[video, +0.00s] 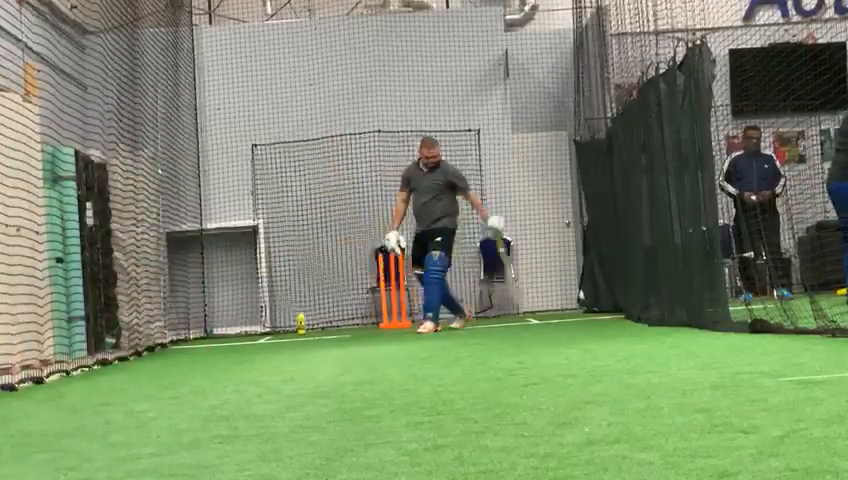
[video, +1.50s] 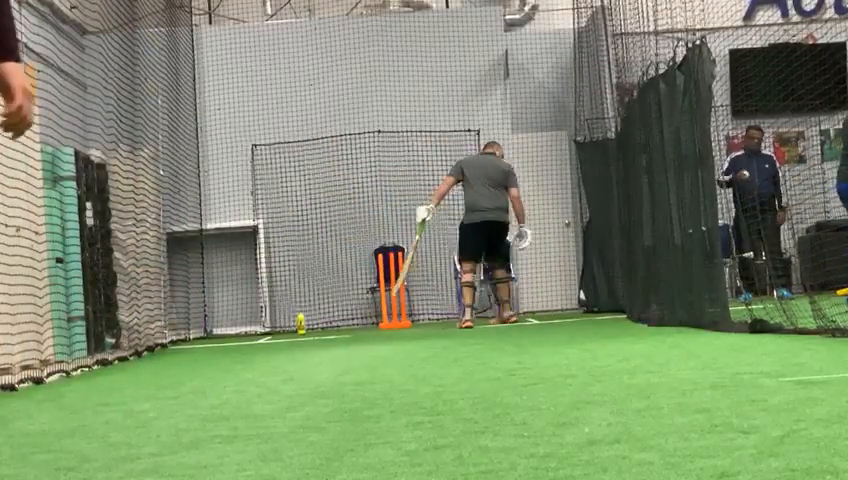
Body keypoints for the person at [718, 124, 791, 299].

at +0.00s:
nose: (754, 142)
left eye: (757, 139)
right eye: (750, 139)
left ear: (761, 140)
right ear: (743, 140)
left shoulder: (769, 159)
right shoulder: (734, 159)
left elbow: (782, 179)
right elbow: (722, 182)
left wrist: (771, 193)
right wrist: (741, 195)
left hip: (768, 210)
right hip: (745, 211)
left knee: (773, 247)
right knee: (746, 251)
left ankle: (780, 286)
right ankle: (750, 290)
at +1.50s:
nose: (755, 142)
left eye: (758, 139)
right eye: (751, 138)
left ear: (762, 141)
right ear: (744, 140)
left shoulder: (769, 159)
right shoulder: (735, 159)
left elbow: (777, 185)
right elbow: (721, 181)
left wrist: (781, 207)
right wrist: (735, 178)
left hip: (768, 211)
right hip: (744, 212)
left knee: (774, 248)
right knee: (746, 252)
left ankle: (779, 286)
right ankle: (748, 289)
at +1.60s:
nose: (755, 142)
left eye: (759, 139)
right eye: (752, 138)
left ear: (762, 142)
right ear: (744, 140)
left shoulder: (769, 160)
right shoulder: (736, 160)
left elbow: (777, 186)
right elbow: (724, 178)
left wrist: (781, 207)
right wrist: (710, 179)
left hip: (768, 211)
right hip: (744, 212)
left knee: (774, 248)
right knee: (746, 251)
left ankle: (779, 286)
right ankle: (748, 289)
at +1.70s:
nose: (754, 142)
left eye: (758, 139)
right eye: (751, 138)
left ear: (762, 142)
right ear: (744, 140)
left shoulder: (769, 160)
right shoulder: (735, 161)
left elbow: (777, 186)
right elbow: (717, 174)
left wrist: (781, 207)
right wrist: (705, 167)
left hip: (768, 211)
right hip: (744, 212)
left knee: (774, 248)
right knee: (745, 251)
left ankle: (780, 286)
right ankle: (749, 289)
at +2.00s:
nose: (756, 143)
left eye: (759, 141)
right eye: (752, 140)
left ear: (763, 142)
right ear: (745, 140)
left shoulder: (768, 160)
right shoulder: (735, 159)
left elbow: (781, 180)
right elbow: (713, 170)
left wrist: (779, 192)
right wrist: (727, 155)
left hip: (767, 210)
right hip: (744, 211)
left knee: (773, 247)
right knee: (744, 250)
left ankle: (779, 286)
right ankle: (749, 289)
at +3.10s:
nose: (759, 144)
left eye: (762, 141)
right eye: (755, 140)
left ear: (765, 141)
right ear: (749, 141)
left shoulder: (772, 158)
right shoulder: (740, 157)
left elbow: (780, 182)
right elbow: (731, 172)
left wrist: (786, 203)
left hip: (770, 209)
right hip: (748, 210)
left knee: (775, 247)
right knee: (746, 250)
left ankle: (781, 286)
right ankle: (749, 289)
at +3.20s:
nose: (761, 143)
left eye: (764, 140)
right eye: (757, 140)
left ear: (766, 141)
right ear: (749, 140)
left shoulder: (772, 158)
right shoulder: (742, 158)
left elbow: (780, 180)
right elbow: (739, 180)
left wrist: (785, 201)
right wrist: (751, 198)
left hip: (771, 206)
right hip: (750, 207)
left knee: (775, 245)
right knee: (748, 247)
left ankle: (780, 285)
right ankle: (749, 288)